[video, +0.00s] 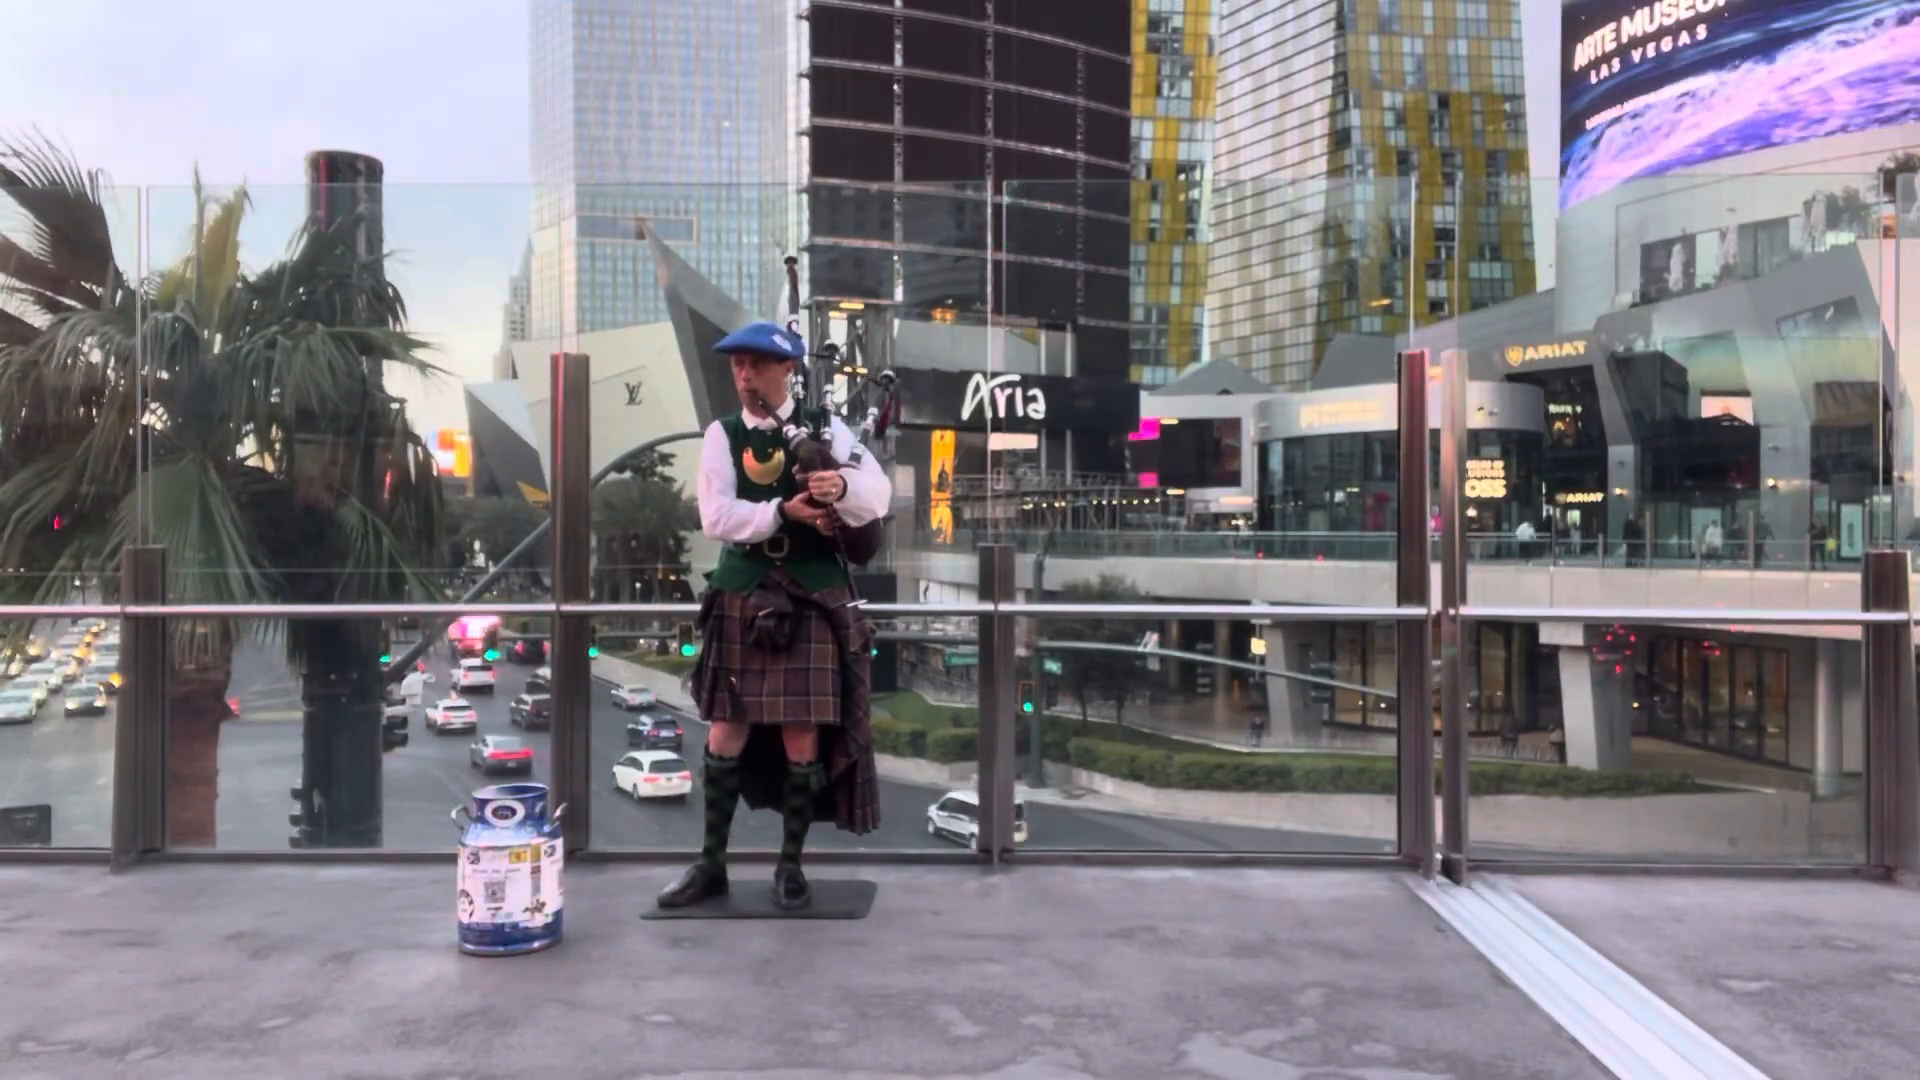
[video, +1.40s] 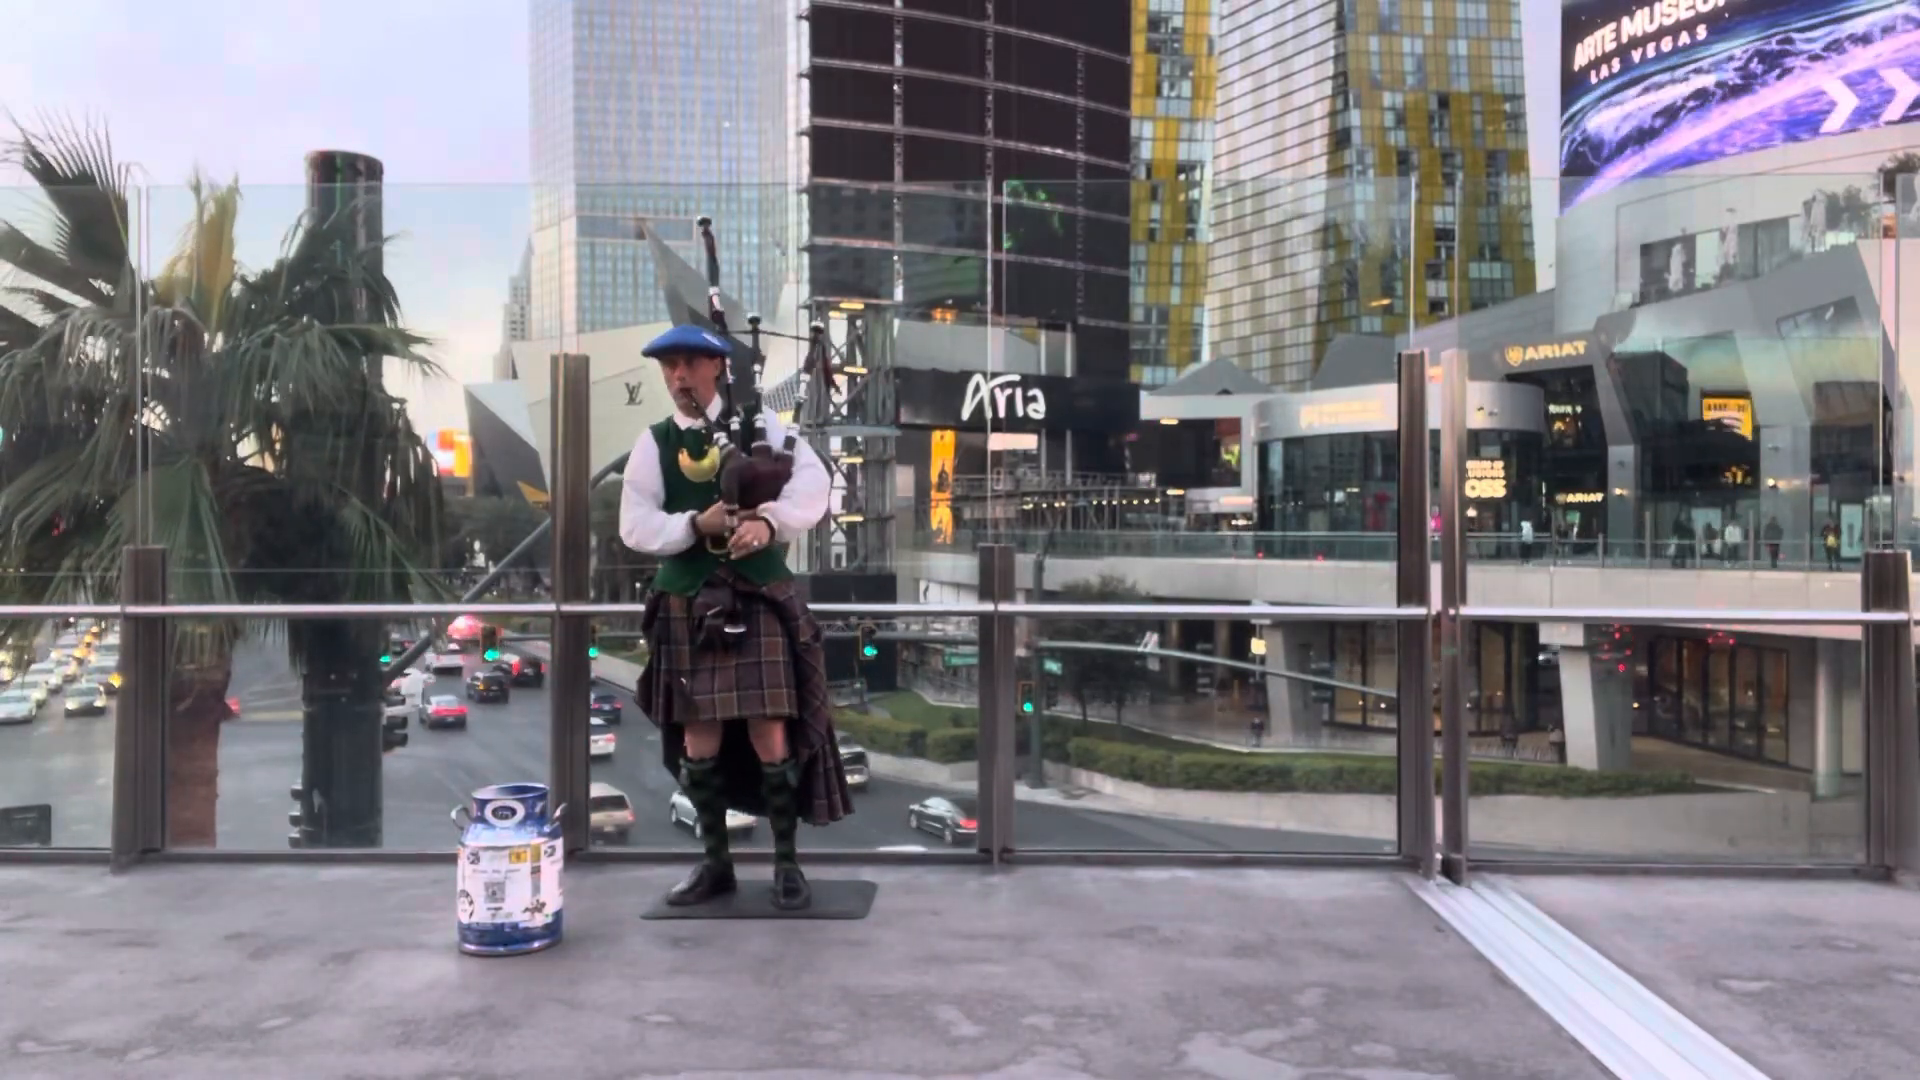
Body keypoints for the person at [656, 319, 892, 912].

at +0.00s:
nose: (743, 375)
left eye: (755, 364)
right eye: (737, 365)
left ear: (788, 369)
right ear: (731, 371)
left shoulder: (827, 430)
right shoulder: (722, 434)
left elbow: (880, 494)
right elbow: (716, 515)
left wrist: (844, 487)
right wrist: (783, 511)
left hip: (814, 595)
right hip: (743, 592)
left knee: (800, 731)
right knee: (726, 729)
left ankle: (789, 866)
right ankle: (711, 864)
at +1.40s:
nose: (678, 374)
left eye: (690, 362)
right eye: (669, 363)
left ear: (717, 366)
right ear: (662, 371)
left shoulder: (763, 428)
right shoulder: (654, 443)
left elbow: (816, 484)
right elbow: (634, 527)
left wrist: (770, 520)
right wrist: (695, 524)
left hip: (760, 592)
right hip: (687, 597)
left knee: (769, 729)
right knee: (699, 732)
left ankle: (786, 864)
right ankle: (715, 864)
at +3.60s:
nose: (744, 373)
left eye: (757, 361)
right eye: (735, 361)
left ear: (781, 369)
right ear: (723, 370)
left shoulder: (816, 430)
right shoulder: (707, 443)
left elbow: (861, 486)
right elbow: (683, 525)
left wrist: (811, 526)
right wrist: (725, 563)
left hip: (799, 595)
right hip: (726, 594)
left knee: (787, 725)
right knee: (713, 726)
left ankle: (782, 863)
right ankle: (723, 863)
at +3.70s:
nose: (745, 372)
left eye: (758, 361)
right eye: (737, 361)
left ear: (782, 368)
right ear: (725, 369)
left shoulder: (816, 428)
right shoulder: (708, 443)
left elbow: (861, 485)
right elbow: (684, 522)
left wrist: (811, 526)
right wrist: (725, 563)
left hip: (799, 594)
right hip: (727, 593)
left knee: (788, 723)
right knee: (713, 725)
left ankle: (782, 863)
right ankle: (723, 862)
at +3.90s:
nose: (747, 372)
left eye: (759, 361)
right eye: (738, 361)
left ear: (783, 368)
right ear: (727, 370)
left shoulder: (818, 426)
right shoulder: (709, 443)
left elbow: (862, 486)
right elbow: (687, 525)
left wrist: (812, 528)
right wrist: (726, 564)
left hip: (801, 597)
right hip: (729, 595)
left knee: (789, 729)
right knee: (714, 734)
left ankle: (781, 863)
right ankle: (723, 863)